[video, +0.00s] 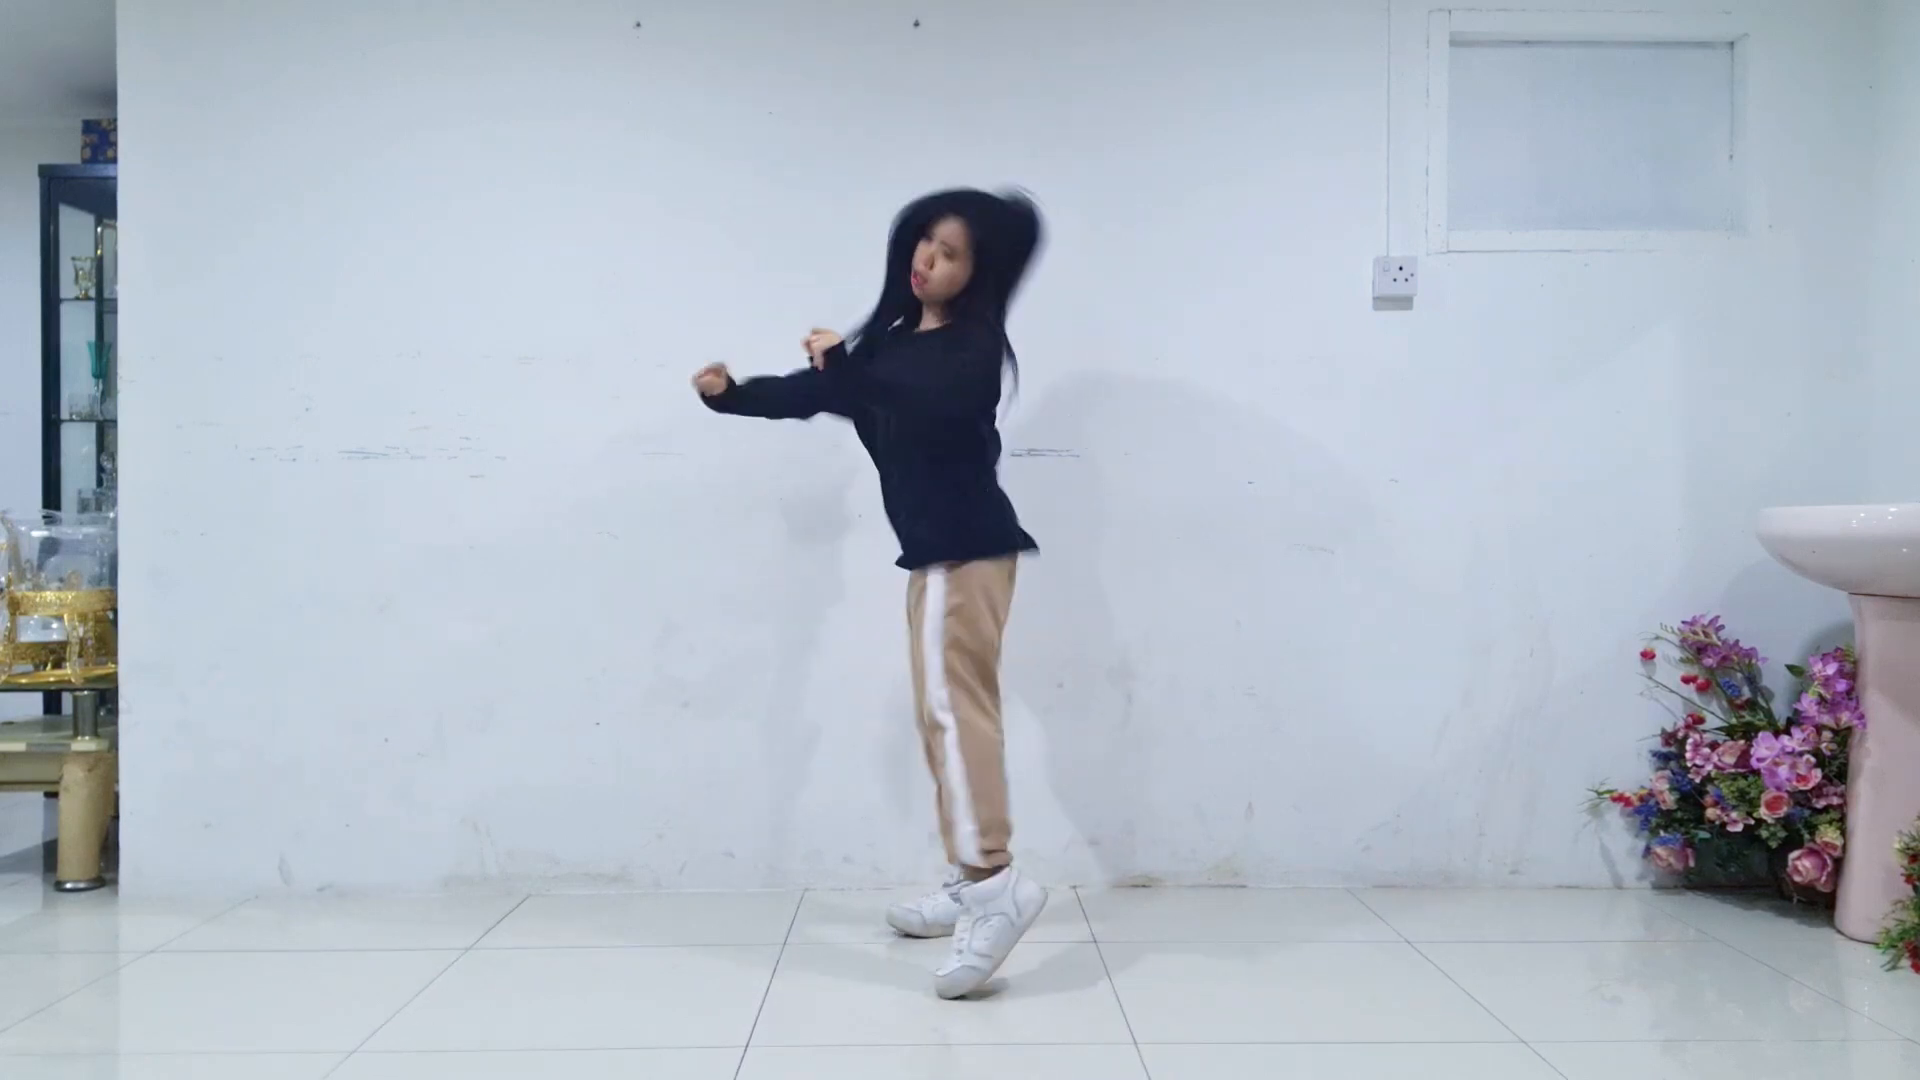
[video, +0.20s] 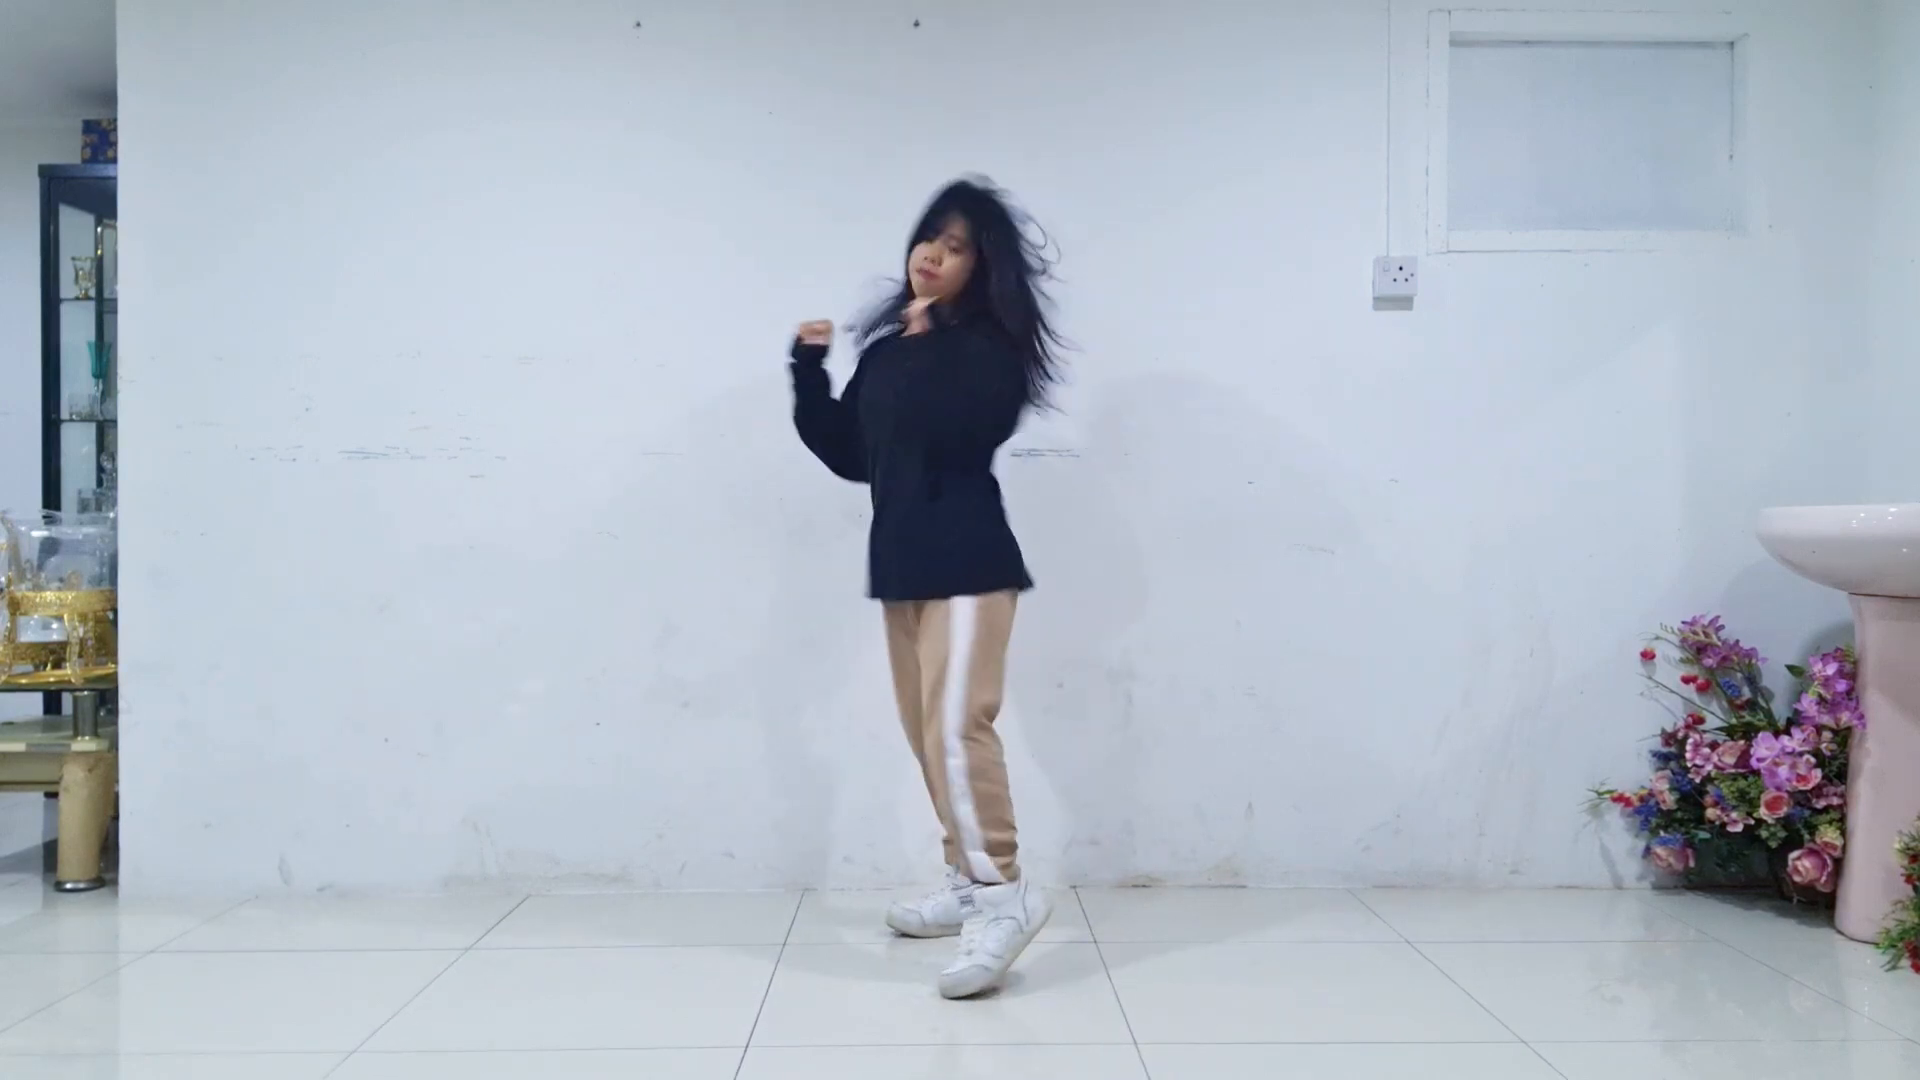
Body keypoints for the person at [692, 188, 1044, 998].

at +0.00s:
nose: (931, 259)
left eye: (951, 253)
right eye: (926, 244)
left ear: (977, 273)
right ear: (909, 250)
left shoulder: (973, 345)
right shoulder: (886, 340)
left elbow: (933, 407)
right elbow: (818, 391)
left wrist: (841, 365)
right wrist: (735, 393)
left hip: (974, 552)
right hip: (929, 557)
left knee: (960, 708)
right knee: (936, 714)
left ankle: (996, 884)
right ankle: (969, 876)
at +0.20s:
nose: (933, 255)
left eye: (953, 249)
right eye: (928, 239)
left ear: (980, 268)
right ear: (911, 247)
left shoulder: (990, 344)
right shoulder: (879, 355)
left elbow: (980, 429)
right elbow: (849, 457)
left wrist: (931, 335)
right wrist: (810, 371)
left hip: (974, 555)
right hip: (902, 562)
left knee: (961, 725)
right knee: (923, 729)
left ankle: (1007, 895)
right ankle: (968, 882)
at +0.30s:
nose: (919, 255)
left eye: (931, 240)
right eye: (903, 249)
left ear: (960, 252)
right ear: (888, 273)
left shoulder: (1000, 346)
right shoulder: (883, 372)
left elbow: (1051, 376)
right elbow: (879, 477)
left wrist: (996, 294)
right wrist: (808, 428)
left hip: (976, 585)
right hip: (892, 587)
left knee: (962, 739)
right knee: (912, 748)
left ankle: (965, 910)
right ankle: (948, 881)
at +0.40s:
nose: (888, 289)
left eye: (890, 271)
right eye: (871, 295)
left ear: (924, 273)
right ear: (876, 327)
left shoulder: (1006, 343)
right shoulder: (895, 396)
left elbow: (1064, 411)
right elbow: (874, 498)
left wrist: (991, 398)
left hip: (978, 597)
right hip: (888, 601)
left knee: (973, 732)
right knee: (902, 748)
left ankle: (969, 901)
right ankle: (938, 873)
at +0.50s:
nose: (895, 286)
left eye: (897, 268)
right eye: (876, 291)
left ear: (924, 269)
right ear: (871, 321)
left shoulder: (1002, 347)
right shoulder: (880, 385)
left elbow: (1027, 455)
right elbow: (863, 484)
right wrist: (858, 569)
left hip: (983, 571)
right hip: (899, 579)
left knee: (977, 689)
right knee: (908, 728)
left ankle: (983, 858)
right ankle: (935, 868)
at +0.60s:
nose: (894, 262)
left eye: (897, 244)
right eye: (876, 264)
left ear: (926, 243)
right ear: (869, 290)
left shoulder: (999, 324)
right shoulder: (874, 360)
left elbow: (1047, 420)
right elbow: (867, 467)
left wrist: (1042, 505)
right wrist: (863, 463)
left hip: (996, 541)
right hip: (913, 548)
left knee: (965, 687)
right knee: (908, 711)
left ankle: (997, 825)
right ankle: (939, 864)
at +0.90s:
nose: (923, 294)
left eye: (931, 272)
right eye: (904, 288)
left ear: (959, 269)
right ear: (892, 305)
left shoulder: (1016, 359)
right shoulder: (892, 376)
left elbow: (1024, 456)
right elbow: (874, 480)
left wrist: (975, 433)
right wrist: (879, 496)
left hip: (1005, 578)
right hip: (923, 575)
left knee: (1004, 733)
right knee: (868, 664)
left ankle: (1014, 865)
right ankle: (914, 790)